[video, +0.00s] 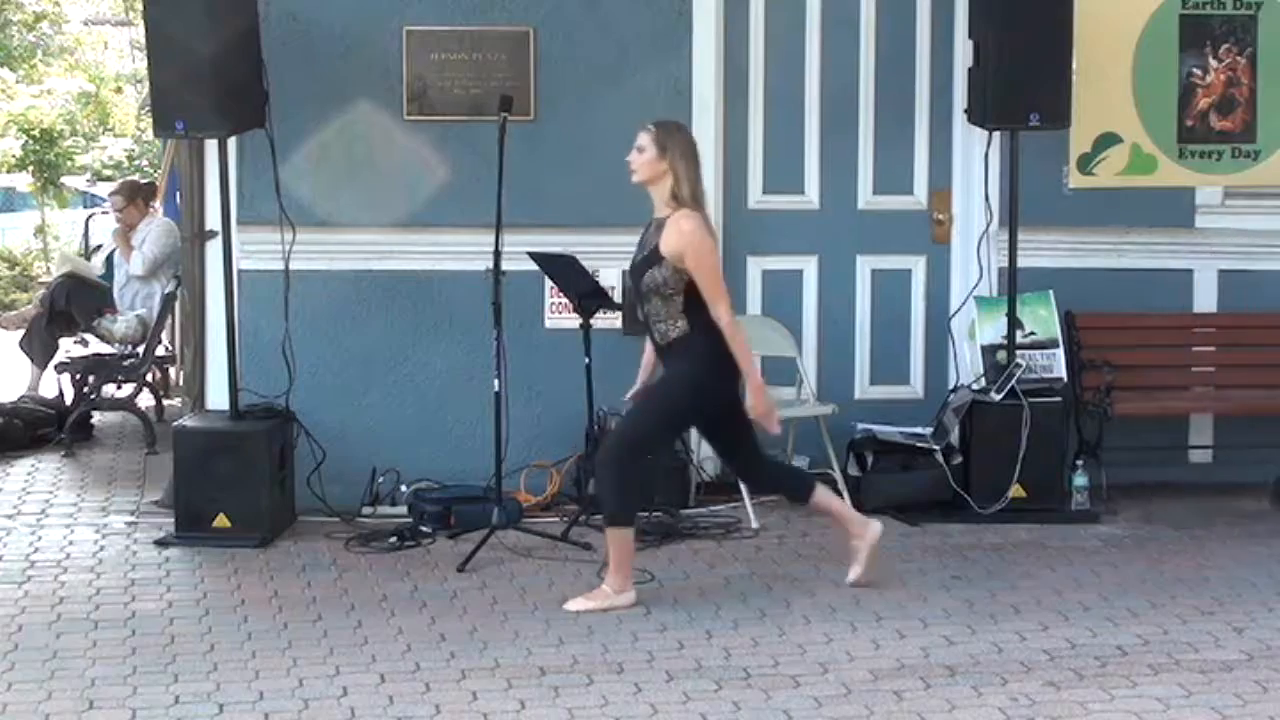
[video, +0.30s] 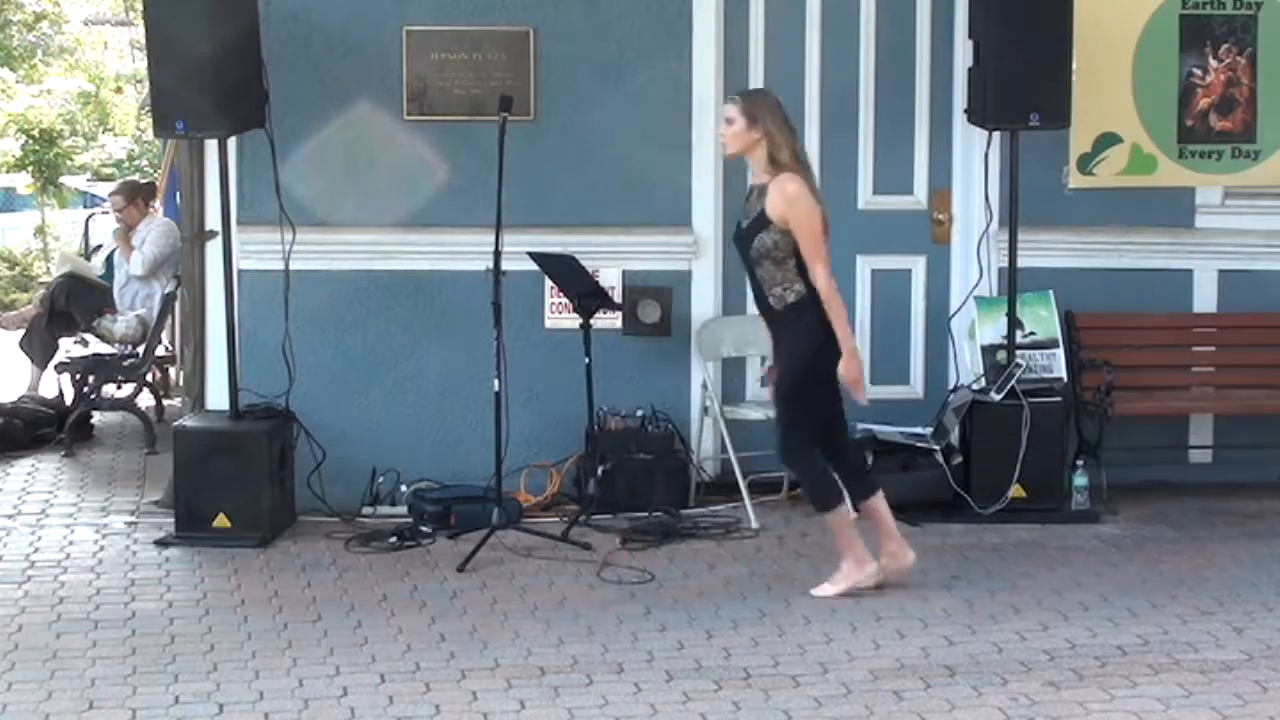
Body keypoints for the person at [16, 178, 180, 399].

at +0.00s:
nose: (117, 218)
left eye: (120, 211)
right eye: (114, 212)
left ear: (140, 205)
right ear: (136, 206)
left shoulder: (164, 228)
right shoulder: (128, 234)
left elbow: (142, 267)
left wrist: (122, 243)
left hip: (139, 319)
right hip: (118, 313)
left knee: (69, 285)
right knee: (46, 320)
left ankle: (35, 310)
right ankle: (32, 390)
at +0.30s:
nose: (117, 218)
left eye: (119, 211)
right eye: (114, 213)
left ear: (140, 205)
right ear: (136, 206)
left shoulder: (164, 229)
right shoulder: (128, 234)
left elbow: (142, 267)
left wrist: (123, 243)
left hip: (140, 318)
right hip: (118, 311)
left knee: (68, 284)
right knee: (45, 320)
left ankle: (34, 310)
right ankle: (32, 390)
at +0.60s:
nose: (117, 218)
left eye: (119, 212)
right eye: (114, 213)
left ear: (140, 205)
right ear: (136, 206)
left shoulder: (164, 229)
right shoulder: (127, 235)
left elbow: (141, 267)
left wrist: (123, 242)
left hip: (140, 318)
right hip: (119, 312)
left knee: (69, 285)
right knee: (45, 320)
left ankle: (34, 310)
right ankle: (32, 390)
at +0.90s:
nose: (117, 218)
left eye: (119, 212)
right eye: (114, 213)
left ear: (139, 205)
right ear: (136, 206)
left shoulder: (164, 229)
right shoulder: (127, 234)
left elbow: (141, 267)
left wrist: (123, 242)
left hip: (140, 318)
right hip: (119, 312)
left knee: (69, 285)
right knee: (45, 319)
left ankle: (34, 310)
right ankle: (32, 390)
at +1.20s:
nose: (116, 220)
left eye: (118, 213)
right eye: (113, 215)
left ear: (136, 206)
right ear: (133, 207)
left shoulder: (162, 230)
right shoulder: (124, 233)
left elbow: (139, 268)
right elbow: (95, 269)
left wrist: (122, 244)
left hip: (138, 318)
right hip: (115, 311)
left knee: (67, 285)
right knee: (43, 321)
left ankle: (33, 312)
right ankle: (30, 391)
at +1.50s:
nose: (114, 220)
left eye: (116, 213)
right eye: (112, 215)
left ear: (135, 206)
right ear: (132, 207)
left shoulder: (160, 230)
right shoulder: (123, 233)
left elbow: (137, 269)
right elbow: (94, 269)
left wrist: (121, 244)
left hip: (137, 317)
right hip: (114, 310)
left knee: (65, 285)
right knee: (43, 321)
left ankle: (31, 312)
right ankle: (29, 390)